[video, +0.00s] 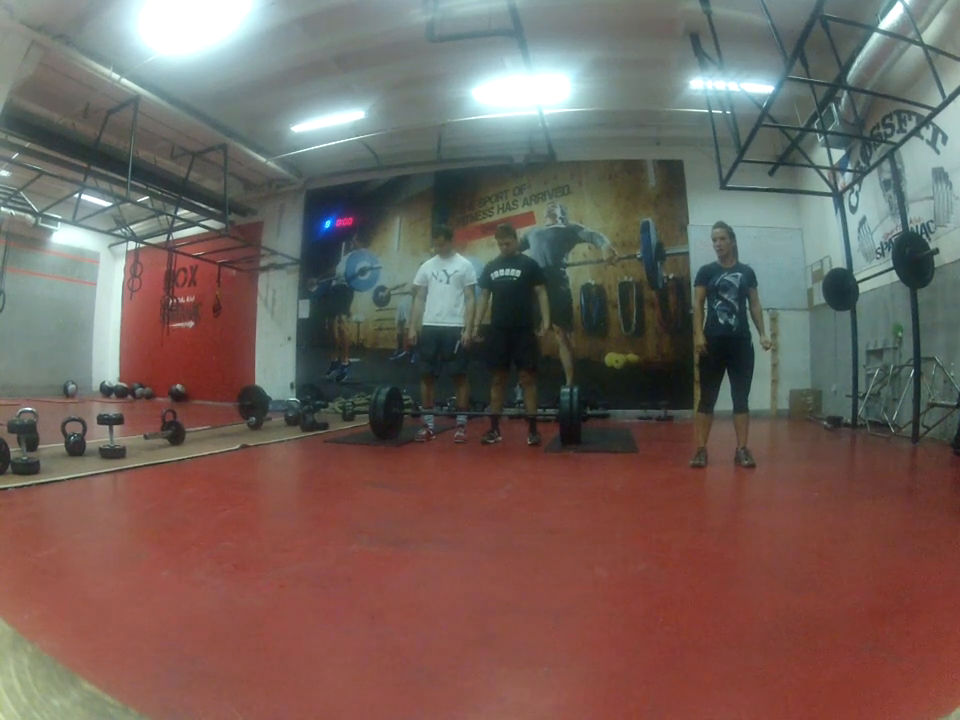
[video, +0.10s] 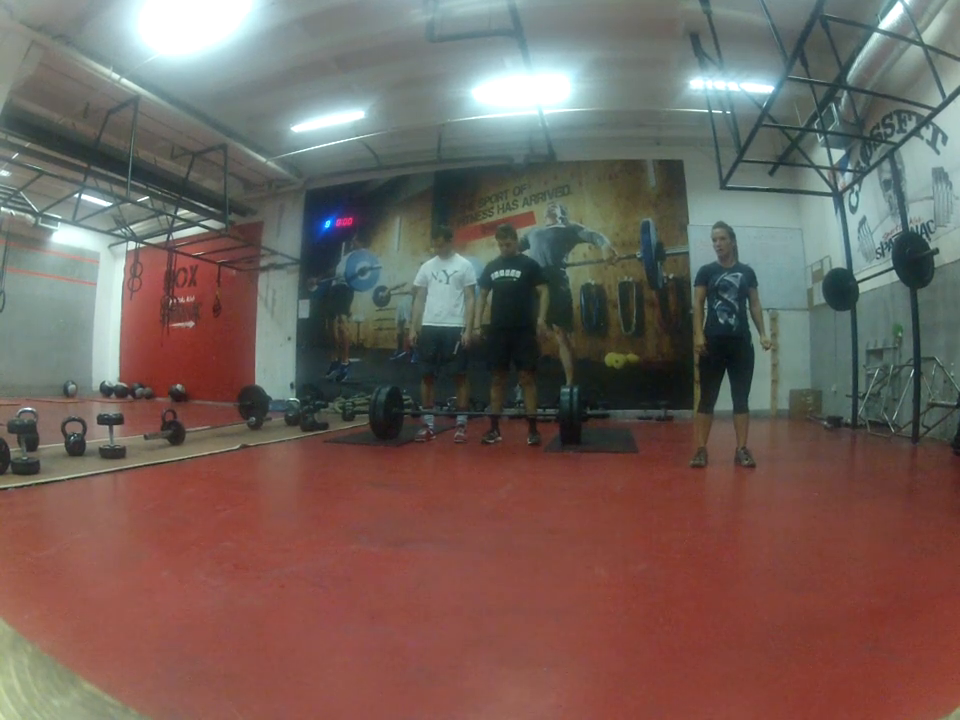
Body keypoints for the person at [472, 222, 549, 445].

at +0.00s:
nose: (505, 247)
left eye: (509, 242)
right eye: (502, 243)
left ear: (517, 241)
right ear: (497, 244)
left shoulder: (529, 264)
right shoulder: (491, 267)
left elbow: (541, 293)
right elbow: (483, 298)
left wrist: (546, 321)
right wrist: (476, 326)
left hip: (525, 329)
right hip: (498, 330)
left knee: (527, 378)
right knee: (498, 378)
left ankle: (532, 429)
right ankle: (494, 428)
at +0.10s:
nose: (506, 248)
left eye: (509, 244)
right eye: (502, 244)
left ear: (517, 242)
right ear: (497, 244)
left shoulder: (530, 265)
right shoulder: (491, 267)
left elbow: (543, 293)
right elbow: (482, 298)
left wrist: (541, 320)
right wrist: (478, 325)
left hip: (524, 329)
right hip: (498, 329)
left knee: (526, 377)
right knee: (498, 378)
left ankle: (533, 429)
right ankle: (494, 428)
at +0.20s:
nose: (506, 248)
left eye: (510, 243)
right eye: (503, 244)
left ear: (517, 242)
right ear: (497, 244)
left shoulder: (530, 265)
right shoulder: (492, 267)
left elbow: (544, 292)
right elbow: (483, 296)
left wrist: (540, 318)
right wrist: (476, 320)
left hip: (524, 329)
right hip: (498, 330)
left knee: (526, 378)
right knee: (498, 378)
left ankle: (533, 429)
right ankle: (494, 428)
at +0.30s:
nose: (507, 248)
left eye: (510, 244)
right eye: (503, 245)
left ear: (517, 242)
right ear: (498, 244)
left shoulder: (530, 265)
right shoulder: (493, 267)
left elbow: (541, 293)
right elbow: (484, 298)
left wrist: (544, 321)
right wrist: (474, 325)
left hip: (524, 329)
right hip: (498, 330)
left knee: (527, 378)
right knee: (498, 378)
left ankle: (532, 429)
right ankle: (494, 428)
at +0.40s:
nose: (507, 249)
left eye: (511, 244)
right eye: (504, 245)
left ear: (518, 243)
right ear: (498, 244)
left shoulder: (531, 266)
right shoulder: (493, 267)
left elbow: (543, 295)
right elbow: (483, 298)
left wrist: (543, 325)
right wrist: (479, 324)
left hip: (524, 330)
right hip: (498, 330)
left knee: (527, 378)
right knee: (497, 378)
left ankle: (532, 428)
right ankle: (494, 428)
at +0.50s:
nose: (508, 249)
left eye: (511, 245)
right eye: (504, 245)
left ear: (518, 243)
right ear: (498, 245)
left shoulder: (531, 266)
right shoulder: (493, 267)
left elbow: (545, 291)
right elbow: (484, 297)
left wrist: (542, 317)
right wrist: (477, 323)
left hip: (525, 329)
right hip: (498, 330)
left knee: (527, 378)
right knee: (498, 378)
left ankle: (532, 428)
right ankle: (494, 428)